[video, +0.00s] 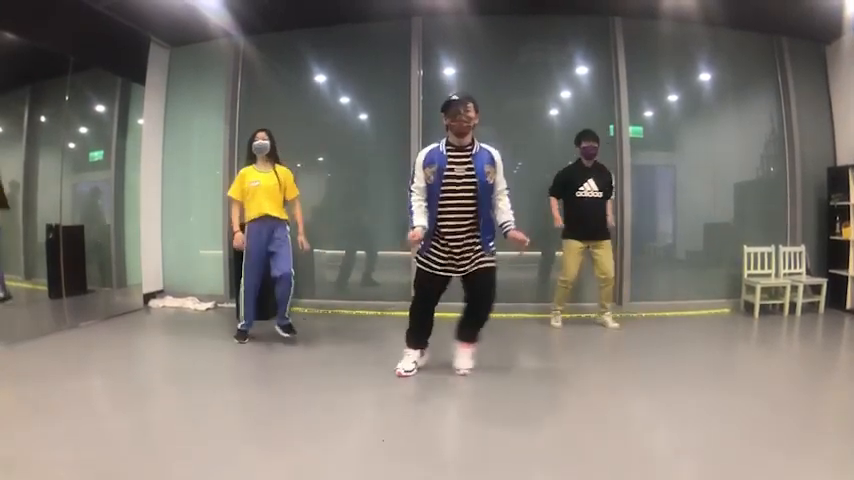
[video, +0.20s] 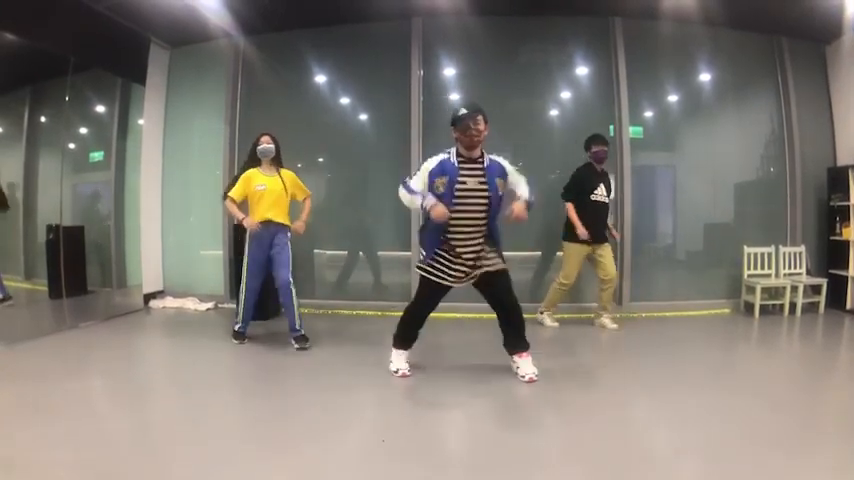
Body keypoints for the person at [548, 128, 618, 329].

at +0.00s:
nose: (590, 151)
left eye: (593, 147)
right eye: (586, 147)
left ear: (598, 149)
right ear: (578, 148)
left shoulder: (605, 173)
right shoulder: (567, 173)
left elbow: (608, 198)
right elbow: (553, 195)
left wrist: (609, 217)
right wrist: (557, 218)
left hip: (600, 234)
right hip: (574, 235)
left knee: (608, 275)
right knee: (568, 277)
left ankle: (605, 312)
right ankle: (557, 310)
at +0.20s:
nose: (601, 154)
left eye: (604, 150)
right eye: (596, 150)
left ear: (608, 152)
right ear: (588, 152)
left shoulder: (605, 177)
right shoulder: (581, 173)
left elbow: (600, 208)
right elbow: (568, 201)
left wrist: (609, 228)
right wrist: (579, 226)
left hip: (599, 238)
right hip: (577, 237)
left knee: (609, 276)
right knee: (566, 279)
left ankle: (603, 315)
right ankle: (545, 311)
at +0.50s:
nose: (606, 154)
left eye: (609, 151)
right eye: (601, 151)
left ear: (613, 152)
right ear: (594, 153)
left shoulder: (616, 179)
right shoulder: (585, 175)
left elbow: (623, 199)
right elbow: (572, 201)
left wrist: (627, 211)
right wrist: (580, 225)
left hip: (606, 238)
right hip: (582, 238)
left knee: (612, 278)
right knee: (571, 280)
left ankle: (603, 315)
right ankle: (554, 312)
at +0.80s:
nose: (586, 155)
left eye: (589, 151)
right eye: (582, 152)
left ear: (596, 152)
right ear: (576, 154)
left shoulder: (604, 176)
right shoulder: (573, 178)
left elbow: (621, 200)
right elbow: (568, 203)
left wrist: (605, 212)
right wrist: (558, 222)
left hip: (601, 242)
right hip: (575, 239)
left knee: (608, 283)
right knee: (561, 276)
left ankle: (618, 315)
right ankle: (558, 315)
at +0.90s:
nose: (575, 164)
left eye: (579, 160)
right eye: (572, 161)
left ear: (586, 162)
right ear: (567, 163)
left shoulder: (593, 186)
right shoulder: (568, 187)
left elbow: (603, 215)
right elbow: (564, 215)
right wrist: (552, 236)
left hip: (597, 247)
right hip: (574, 245)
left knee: (605, 287)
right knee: (555, 279)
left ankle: (622, 316)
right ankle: (555, 317)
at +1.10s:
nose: (569, 152)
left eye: (573, 149)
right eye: (565, 149)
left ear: (578, 150)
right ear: (559, 150)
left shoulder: (587, 174)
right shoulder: (553, 177)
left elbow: (599, 200)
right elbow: (548, 199)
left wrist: (588, 216)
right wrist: (548, 211)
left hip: (588, 237)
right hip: (561, 237)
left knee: (598, 277)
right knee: (554, 279)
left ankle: (601, 308)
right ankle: (554, 316)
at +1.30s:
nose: (578, 151)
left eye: (581, 147)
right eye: (573, 147)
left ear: (586, 150)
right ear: (566, 150)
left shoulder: (586, 175)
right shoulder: (558, 174)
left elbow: (588, 202)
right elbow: (550, 203)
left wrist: (601, 214)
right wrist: (568, 211)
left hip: (584, 237)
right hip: (560, 238)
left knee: (602, 270)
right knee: (554, 278)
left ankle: (592, 309)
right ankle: (539, 314)